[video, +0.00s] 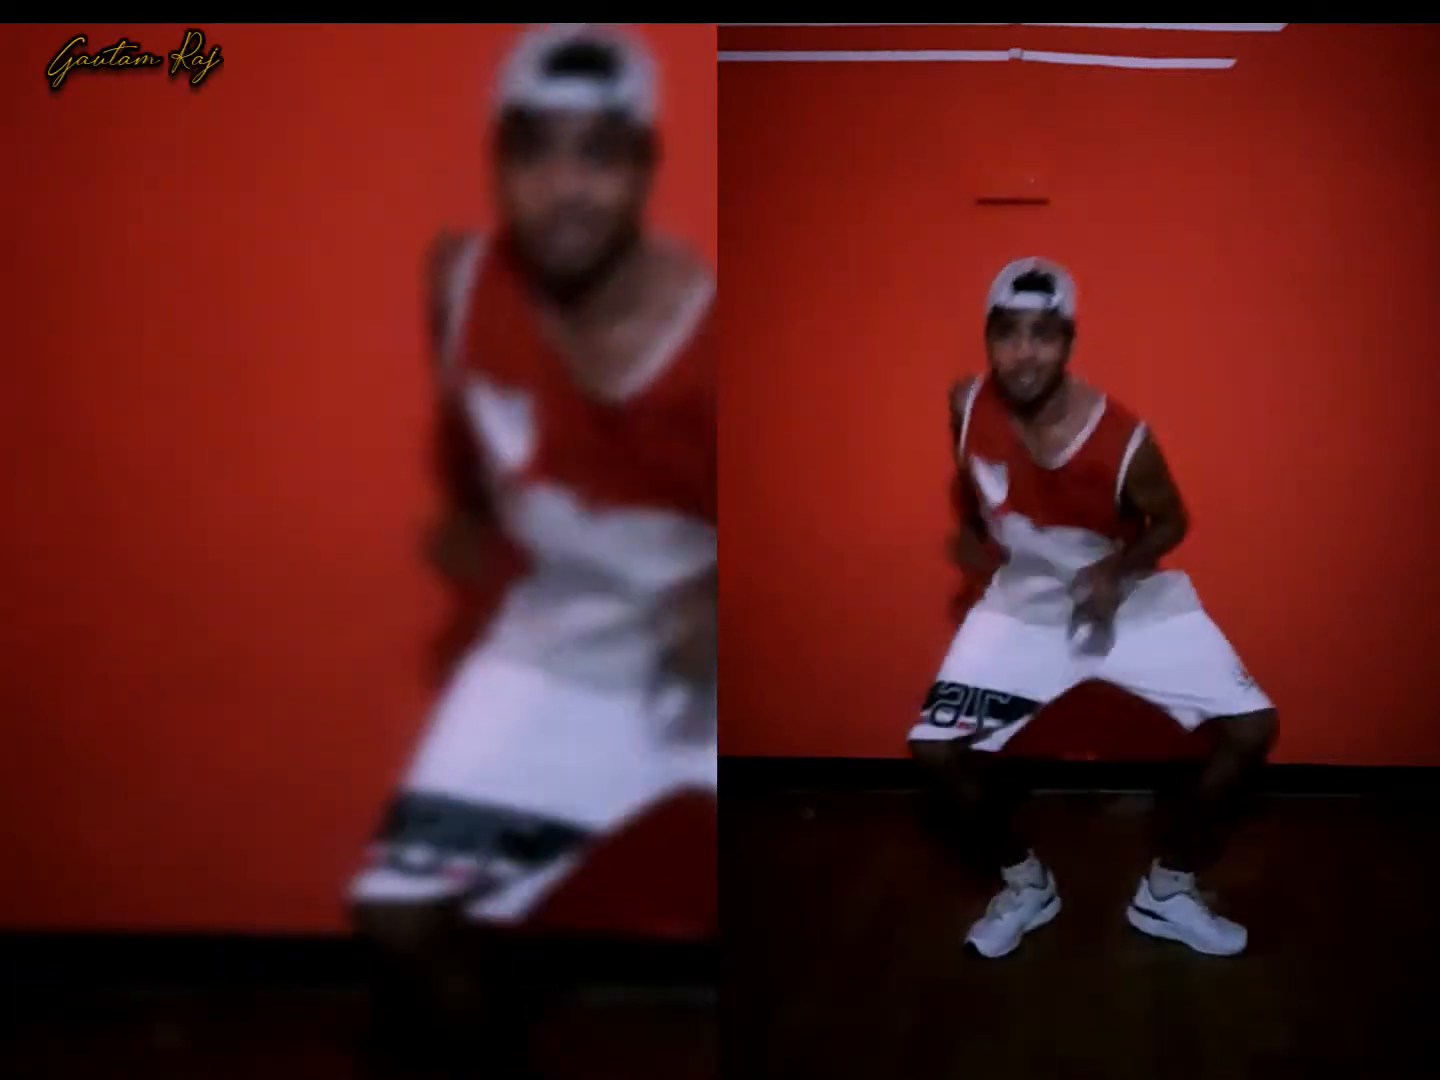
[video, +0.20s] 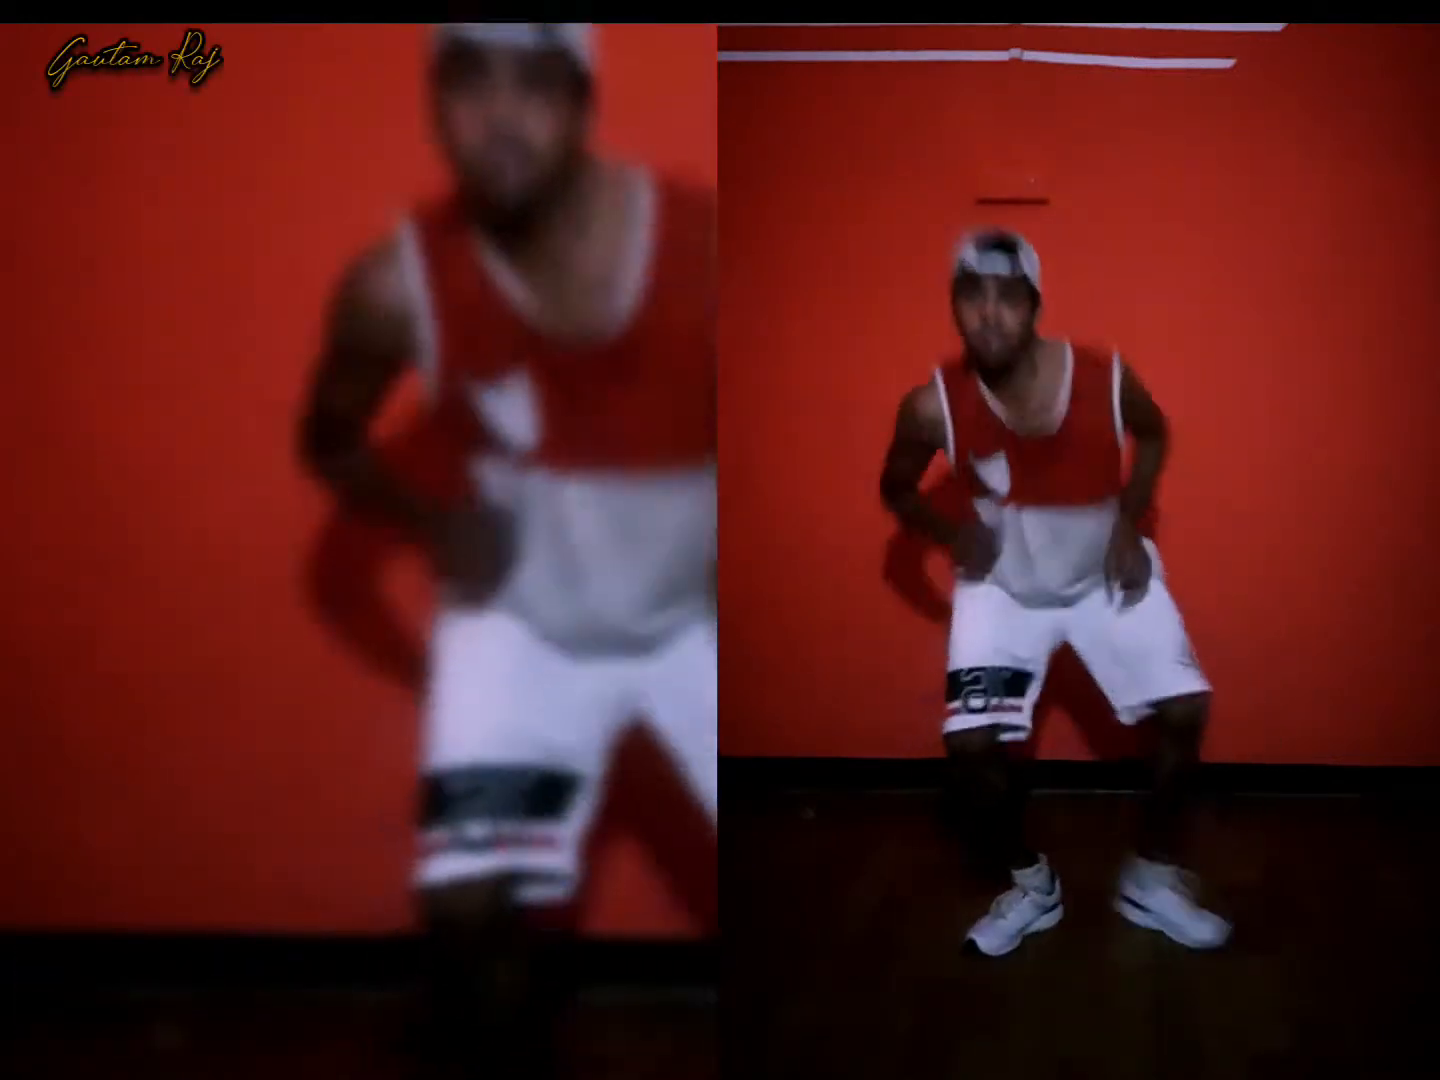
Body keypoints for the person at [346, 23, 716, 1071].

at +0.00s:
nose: (564, 186)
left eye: (599, 155)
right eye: (536, 153)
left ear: (647, 173)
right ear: (498, 170)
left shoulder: (720, 323)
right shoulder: (466, 280)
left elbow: (788, 491)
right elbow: (459, 438)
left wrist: (727, 599)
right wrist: (469, 524)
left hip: (697, 653)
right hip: (541, 647)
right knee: (405, 912)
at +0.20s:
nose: (498, 119)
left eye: (531, 85)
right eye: (469, 86)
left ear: (581, 104)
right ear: (438, 111)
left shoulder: (705, 242)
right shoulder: (402, 283)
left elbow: (793, 392)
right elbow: (328, 439)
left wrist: (747, 520)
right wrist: (435, 523)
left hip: (699, 626)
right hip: (515, 629)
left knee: (789, 902)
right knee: (474, 918)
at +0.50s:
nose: (460, 85)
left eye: (490, 55)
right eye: (434, 54)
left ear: (533, 71)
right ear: (401, 72)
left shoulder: (595, 197)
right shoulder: (362, 237)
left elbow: (595, 386)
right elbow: (444, 485)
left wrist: (723, 435)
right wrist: (468, 337)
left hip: (600, 629)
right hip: (456, 633)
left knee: (527, 962)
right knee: (450, 955)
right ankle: (330, 1053)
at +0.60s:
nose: (519, 68)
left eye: (551, 42)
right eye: (496, 39)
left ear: (596, 58)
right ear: (463, 50)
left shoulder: (631, 194)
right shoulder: (387, 184)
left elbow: (630, 391)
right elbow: (349, 439)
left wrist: (740, 431)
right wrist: (426, 405)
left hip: (575, 625)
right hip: (422, 608)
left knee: (512, 965)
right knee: (406, 940)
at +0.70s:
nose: (603, 47)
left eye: (632, 25)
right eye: (579, 22)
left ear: (671, 43)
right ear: (537, 34)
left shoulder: (694, 176)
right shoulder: (450, 157)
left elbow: (679, 341)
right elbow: (298, 388)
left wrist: (770, 441)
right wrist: (345, 545)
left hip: (562, 590)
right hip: (395, 584)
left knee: (610, 864)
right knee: (355, 899)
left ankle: (457, 1041)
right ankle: (302, 1078)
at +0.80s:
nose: (694, 122)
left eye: (716, 93)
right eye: (668, 90)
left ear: (746, 115)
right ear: (622, 105)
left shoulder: (738, 266)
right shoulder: (526, 248)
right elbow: (314, 401)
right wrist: (276, 629)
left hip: (578, 531)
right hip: (404, 514)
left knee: (623, 834)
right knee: (337, 812)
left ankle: (632, 1078)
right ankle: (261, 1075)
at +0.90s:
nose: (730, 181)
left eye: (747, 151)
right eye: (708, 146)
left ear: (770, 171)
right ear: (659, 159)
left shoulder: (755, 312)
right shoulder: (536, 282)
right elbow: (374, 416)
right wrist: (289, 615)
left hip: (648, 572)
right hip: (457, 557)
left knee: (680, 880)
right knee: (355, 851)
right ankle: (287, 1074)